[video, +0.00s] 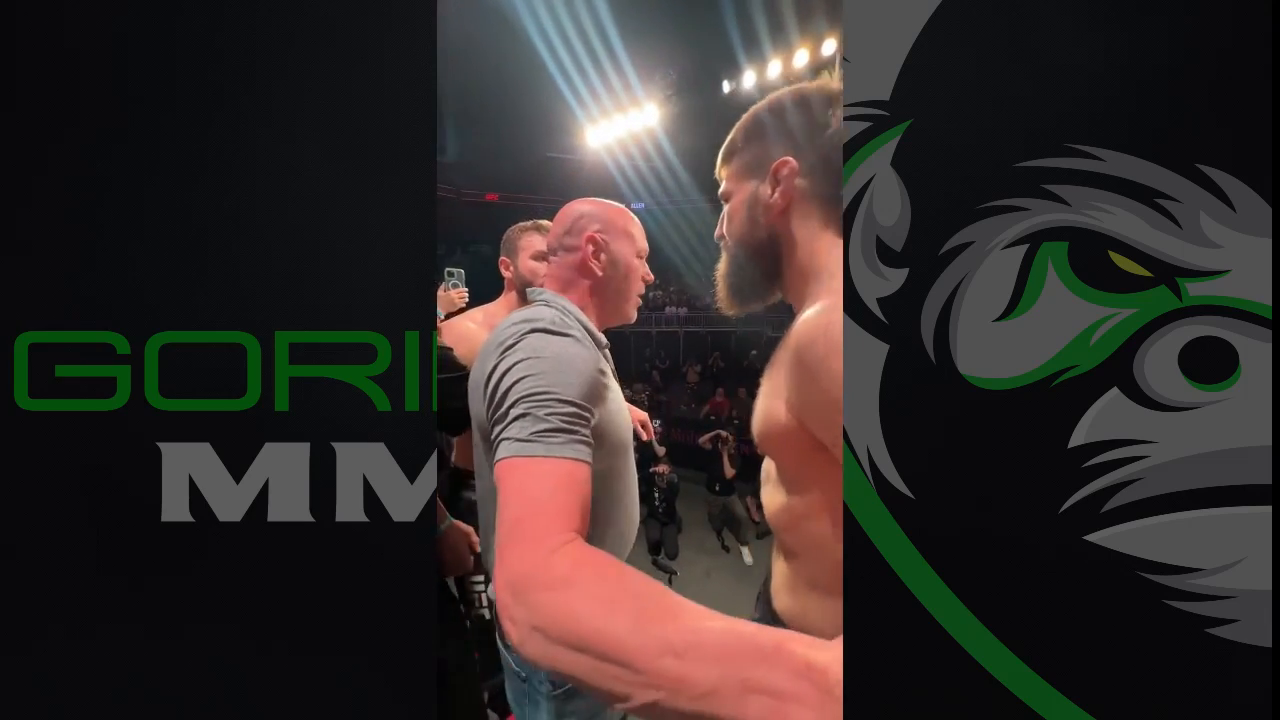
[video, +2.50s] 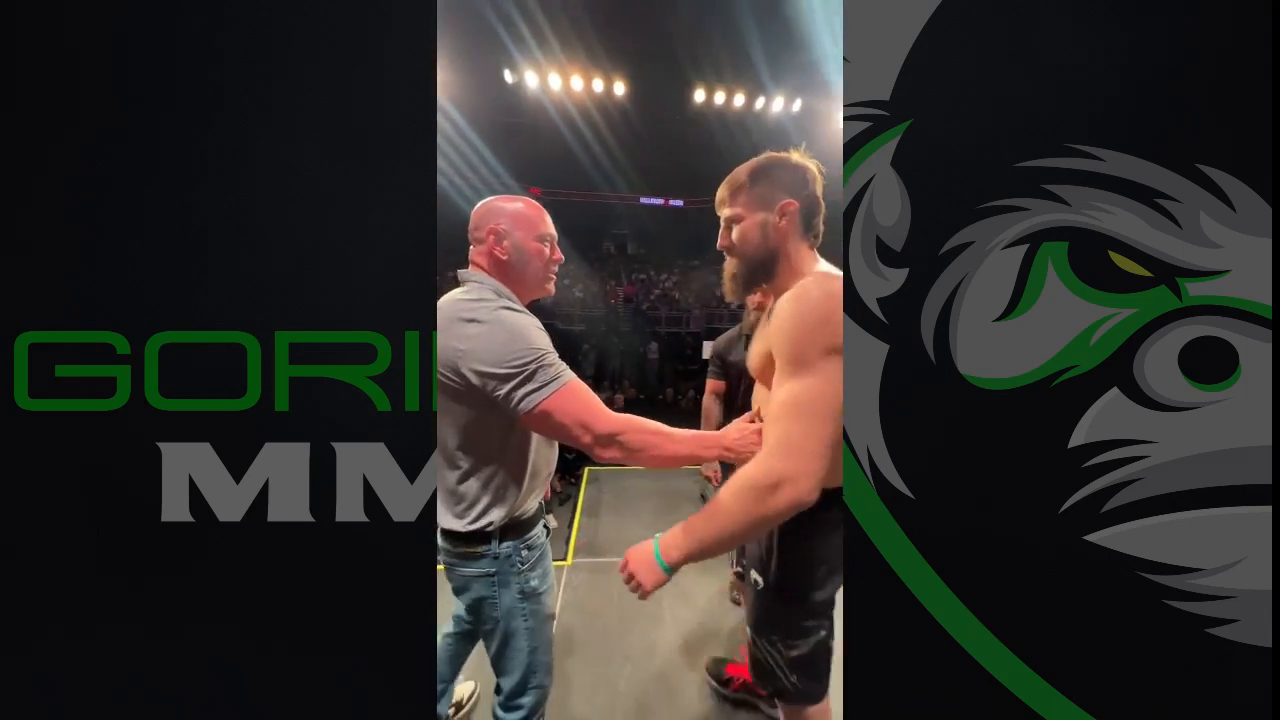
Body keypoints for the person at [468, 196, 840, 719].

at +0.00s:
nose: (650, 277)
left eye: (648, 261)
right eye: (641, 257)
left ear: (592, 257)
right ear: (595, 254)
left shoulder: (545, 333)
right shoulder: (549, 344)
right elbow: (538, 590)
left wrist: (614, 412)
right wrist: (818, 680)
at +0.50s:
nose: (637, 269)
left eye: (633, 256)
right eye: (621, 253)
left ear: (567, 256)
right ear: (567, 254)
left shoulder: (551, 331)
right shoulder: (538, 341)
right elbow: (574, 541)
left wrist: (598, 449)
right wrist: (823, 553)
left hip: (579, 616)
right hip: (536, 649)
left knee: (600, 703)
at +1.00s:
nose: (651, 271)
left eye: (647, 256)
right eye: (638, 254)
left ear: (588, 259)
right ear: (589, 256)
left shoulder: (557, 324)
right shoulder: (560, 336)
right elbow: (641, 503)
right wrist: (844, 543)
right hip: (559, 586)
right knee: (566, 710)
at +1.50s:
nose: (654, 288)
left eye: (653, 275)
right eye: (646, 273)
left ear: (599, 268)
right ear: (602, 266)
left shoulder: (560, 325)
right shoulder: (573, 347)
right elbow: (634, 484)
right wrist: (756, 468)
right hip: (553, 550)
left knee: (558, 678)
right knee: (559, 703)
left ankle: (567, 708)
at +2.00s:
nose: (596, 272)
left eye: (595, 261)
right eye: (585, 260)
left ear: (539, 262)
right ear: (542, 260)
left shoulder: (507, 318)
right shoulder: (539, 333)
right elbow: (631, 437)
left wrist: (625, 438)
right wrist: (752, 445)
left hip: (505, 529)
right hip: (534, 539)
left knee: (504, 649)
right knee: (572, 692)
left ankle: (503, 712)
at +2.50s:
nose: (558, 255)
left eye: (555, 241)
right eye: (544, 242)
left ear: (494, 249)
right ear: (495, 246)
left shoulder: (458, 309)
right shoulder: (497, 327)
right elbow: (601, 434)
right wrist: (718, 444)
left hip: (468, 529)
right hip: (502, 544)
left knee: (467, 622)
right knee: (523, 692)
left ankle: (433, 696)